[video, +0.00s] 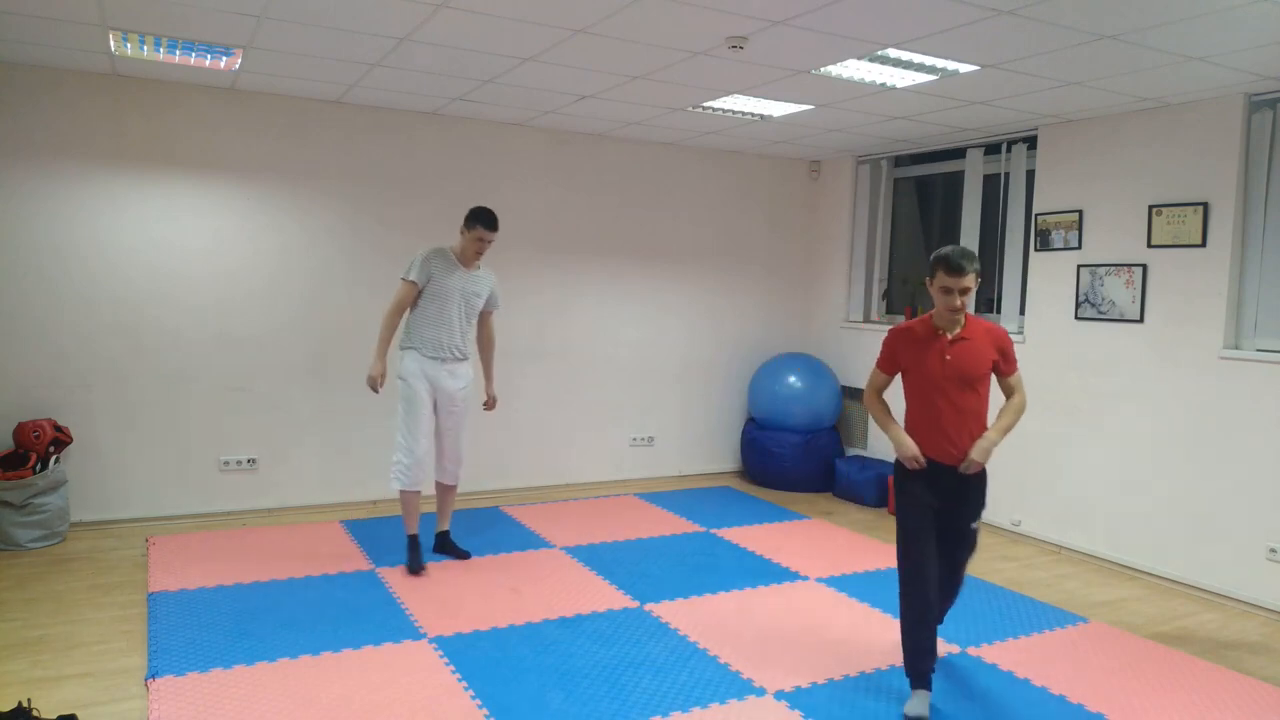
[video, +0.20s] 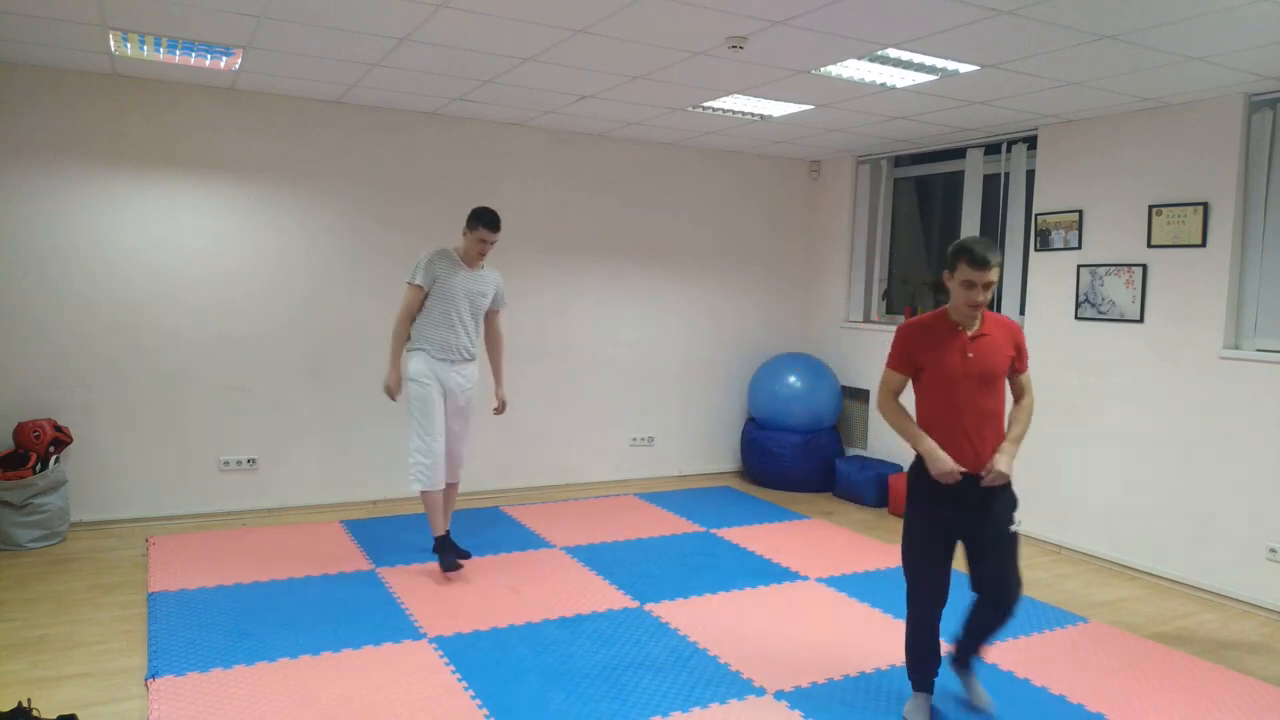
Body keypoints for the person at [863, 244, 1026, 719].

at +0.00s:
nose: (956, 301)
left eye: (965, 291)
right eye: (947, 292)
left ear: (976, 289)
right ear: (930, 287)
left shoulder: (992, 336)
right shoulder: (905, 337)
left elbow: (1017, 397)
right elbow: (872, 393)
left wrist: (991, 439)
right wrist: (898, 437)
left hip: (966, 475)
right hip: (916, 471)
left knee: (951, 579)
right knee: (920, 579)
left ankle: (924, 636)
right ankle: (918, 685)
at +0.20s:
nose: (979, 297)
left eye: (987, 287)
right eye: (970, 286)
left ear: (996, 285)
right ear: (948, 280)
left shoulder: (1007, 332)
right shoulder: (916, 333)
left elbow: (1024, 399)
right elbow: (885, 399)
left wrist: (1008, 450)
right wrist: (927, 448)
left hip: (990, 486)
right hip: (932, 483)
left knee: (1003, 592)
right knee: (926, 595)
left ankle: (962, 658)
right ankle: (920, 690)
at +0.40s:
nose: (1019, 301)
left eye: (1027, 292)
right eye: (1010, 289)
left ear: (1034, 290)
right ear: (984, 283)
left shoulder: (1038, 341)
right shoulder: (946, 333)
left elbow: (1055, 413)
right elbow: (919, 408)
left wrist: (1035, 456)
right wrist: (968, 464)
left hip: (1013, 499)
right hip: (955, 496)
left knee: (1034, 619)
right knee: (936, 602)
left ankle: (1051, 715)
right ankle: (920, 695)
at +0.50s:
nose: (1044, 309)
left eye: (1055, 300)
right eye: (1036, 296)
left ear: (1063, 299)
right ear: (1011, 288)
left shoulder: (1065, 350)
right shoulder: (971, 337)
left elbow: (1088, 425)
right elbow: (926, 406)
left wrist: (1055, 468)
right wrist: (970, 465)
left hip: (1036, 511)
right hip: (975, 506)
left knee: (1054, 638)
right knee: (950, 611)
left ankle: (1058, 717)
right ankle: (921, 693)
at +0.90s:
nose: (1111, 338)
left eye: (1126, 328)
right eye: (1100, 325)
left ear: (1144, 310)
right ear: (1081, 298)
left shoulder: (1157, 347)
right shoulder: (1040, 338)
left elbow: (1154, 407)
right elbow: (994, 382)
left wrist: (1133, 473)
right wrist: (1008, 459)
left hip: (1114, 532)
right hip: (1044, 524)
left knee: (1092, 675)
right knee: (1042, 671)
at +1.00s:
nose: (1121, 343)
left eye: (1136, 334)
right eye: (1110, 331)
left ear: (1154, 319)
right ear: (1090, 305)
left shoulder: (1169, 353)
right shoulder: (1049, 347)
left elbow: (1170, 410)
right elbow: (992, 383)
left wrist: (1149, 462)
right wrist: (1014, 454)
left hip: (1130, 541)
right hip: (1059, 536)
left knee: (1108, 683)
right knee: (1063, 682)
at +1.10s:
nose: (1131, 344)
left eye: (1146, 334)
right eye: (1118, 331)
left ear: (1164, 318)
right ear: (1096, 304)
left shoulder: (1180, 354)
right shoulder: (1054, 351)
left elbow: (1196, 398)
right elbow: (984, 393)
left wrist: (1189, 467)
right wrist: (1019, 460)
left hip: (1148, 547)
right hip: (1070, 542)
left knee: (1141, 692)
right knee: (1072, 690)